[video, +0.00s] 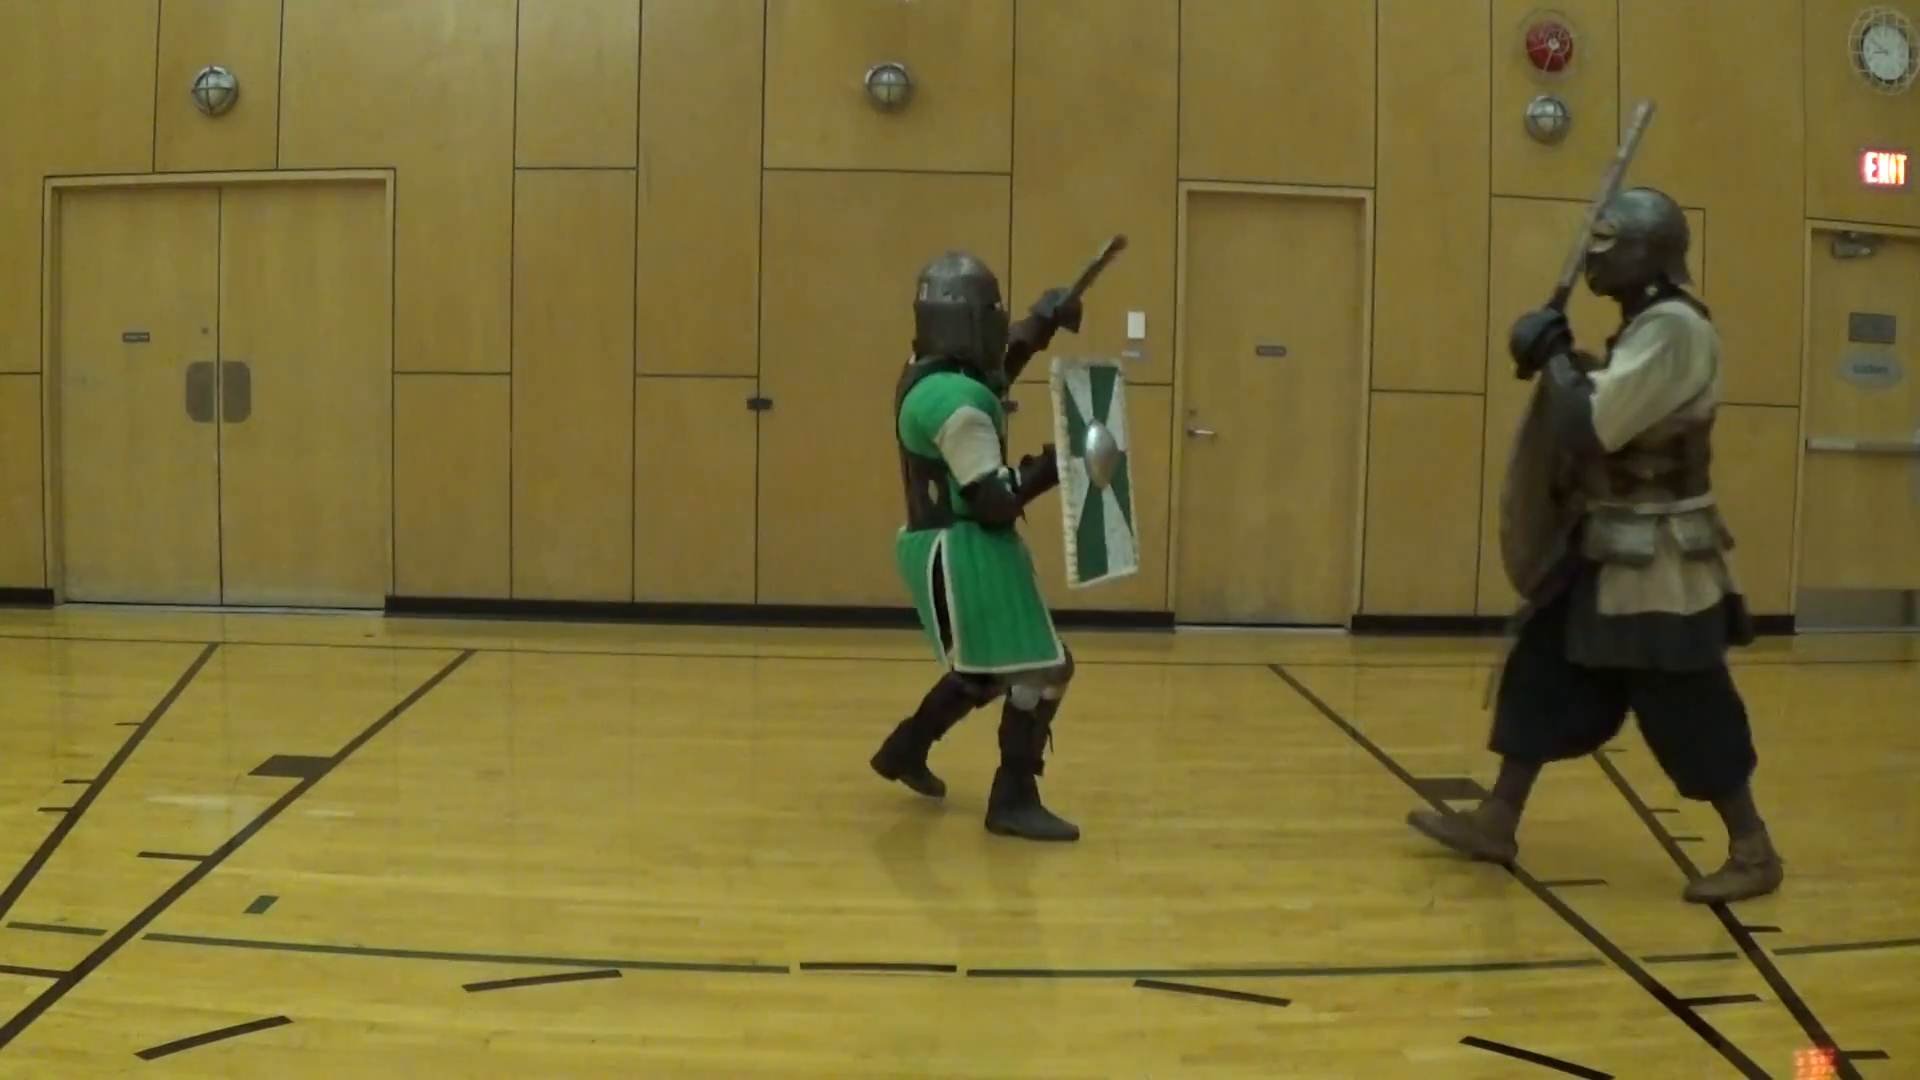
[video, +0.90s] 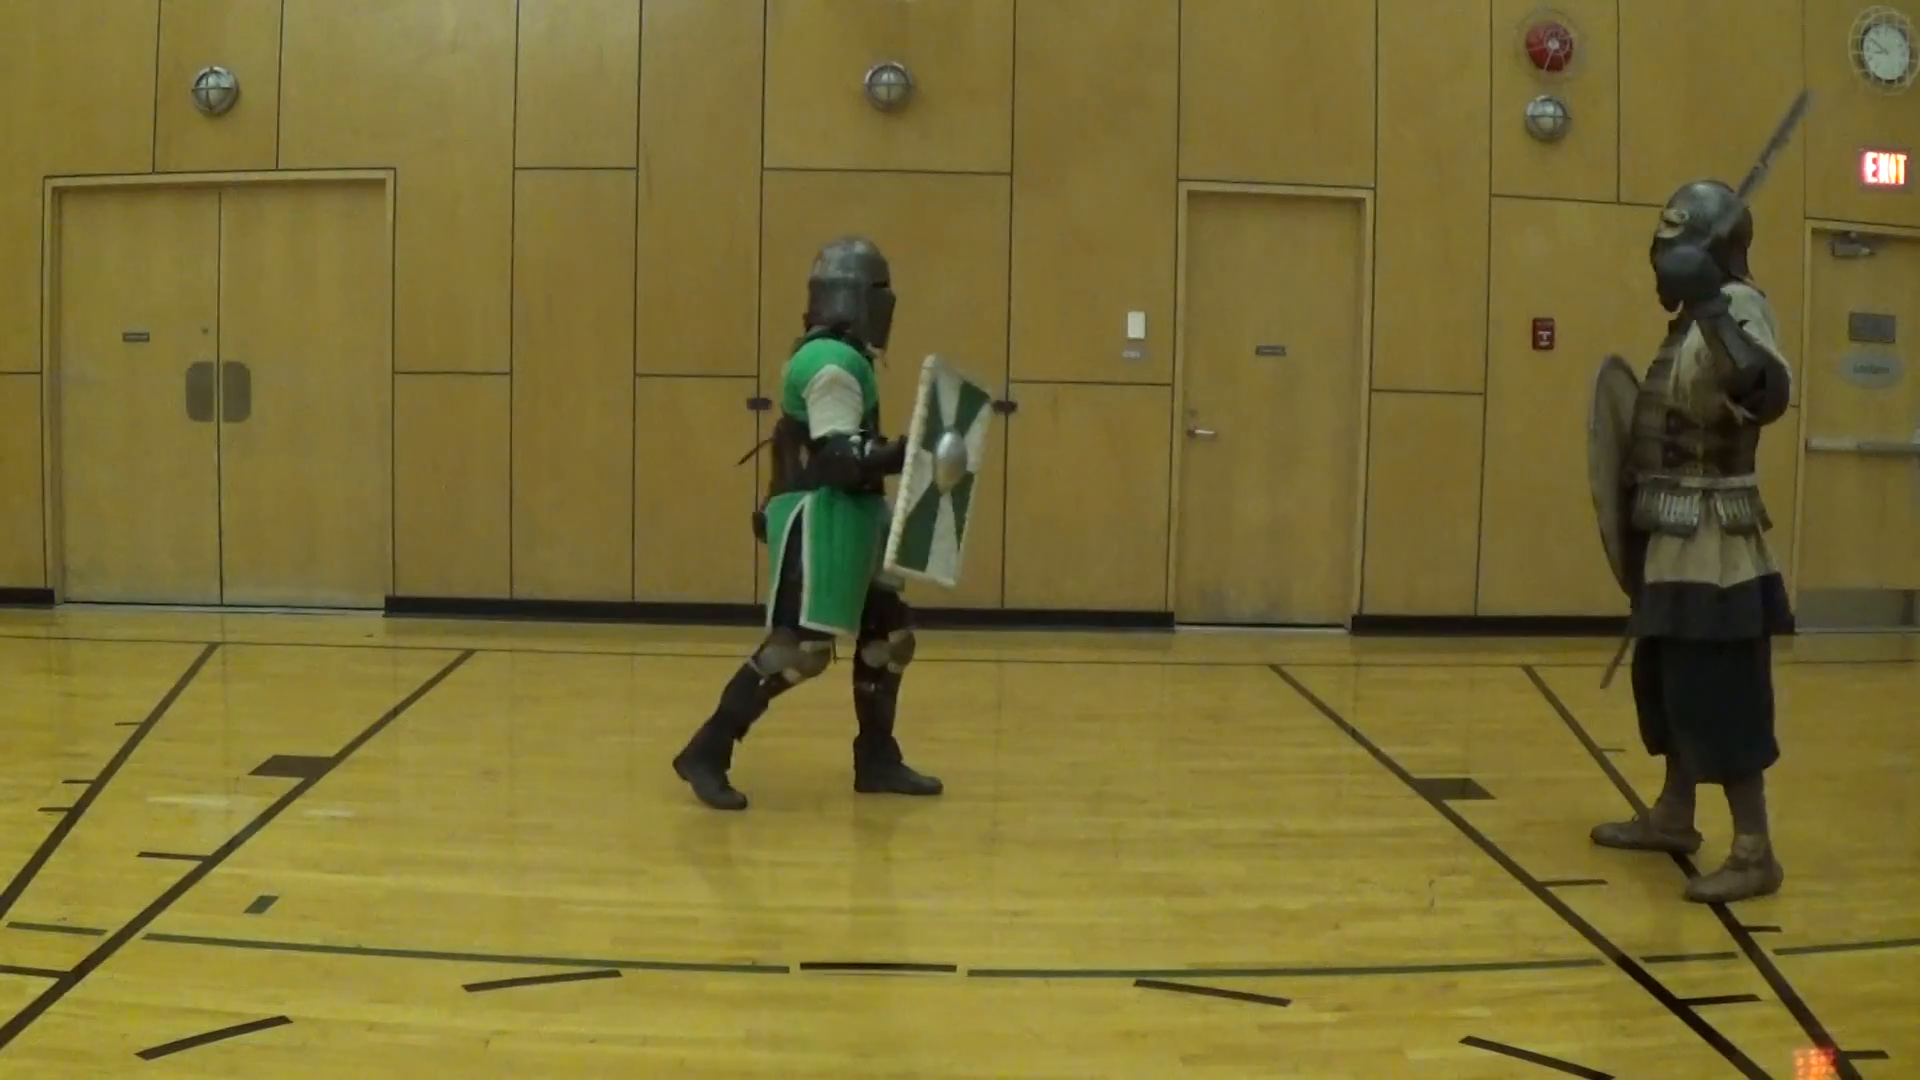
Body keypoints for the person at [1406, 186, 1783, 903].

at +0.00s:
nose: (1592, 254)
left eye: (1608, 242)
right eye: (1595, 240)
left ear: (1652, 254)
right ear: (1645, 256)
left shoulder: (1674, 328)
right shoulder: (1644, 327)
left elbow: (1597, 422)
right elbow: (1600, 407)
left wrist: (1554, 356)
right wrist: (1559, 358)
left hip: (1659, 559)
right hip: (1609, 553)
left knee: (1691, 703)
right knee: (1541, 672)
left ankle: (1753, 852)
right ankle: (1495, 823)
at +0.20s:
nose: (1644, 241)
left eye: (1660, 230)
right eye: (1646, 229)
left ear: (1709, 243)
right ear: (1694, 245)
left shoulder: (1734, 320)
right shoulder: (1693, 318)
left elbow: (1648, 412)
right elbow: (1649, 401)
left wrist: (1612, 336)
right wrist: (1608, 336)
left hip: (1720, 546)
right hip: (1661, 541)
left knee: (1727, 697)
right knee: (1609, 667)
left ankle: (1756, 852)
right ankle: (1608, 809)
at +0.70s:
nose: (1679, 237)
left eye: (1694, 227)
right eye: (1679, 226)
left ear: (1736, 240)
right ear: (1695, 238)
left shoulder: (1754, 300)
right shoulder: (1705, 301)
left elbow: (1744, 379)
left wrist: (1678, 292)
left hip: (1736, 533)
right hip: (1685, 530)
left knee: (1751, 689)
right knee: (1677, 674)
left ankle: (1759, 855)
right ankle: (1674, 814)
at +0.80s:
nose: (1668, 239)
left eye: (1683, 228)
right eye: (1671, 227)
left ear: (1721, 243)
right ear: (1698, 242)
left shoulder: (1745, 302)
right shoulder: (1697, 314)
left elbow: (1765, 389)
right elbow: (1685, 426)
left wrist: (1696, 304)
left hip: (1728, 539)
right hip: (1680, 536)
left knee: (1743, 688)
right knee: (1674, 674)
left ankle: (1758, 852)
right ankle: (1674, 814)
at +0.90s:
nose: (1658, 250)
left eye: (1672, 237)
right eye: (1659, 236)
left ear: (1715, 245)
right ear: (1699, 249)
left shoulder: (1739, 305)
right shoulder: (1689, 321)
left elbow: (1768, 396)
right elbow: (1677, 429)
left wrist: (1711, 310)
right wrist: (1631, 404)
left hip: (1718, 543)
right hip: (1675, 540)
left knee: (1722, 689)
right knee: (1669, 677)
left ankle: (1754, 852)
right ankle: (1674, 814)